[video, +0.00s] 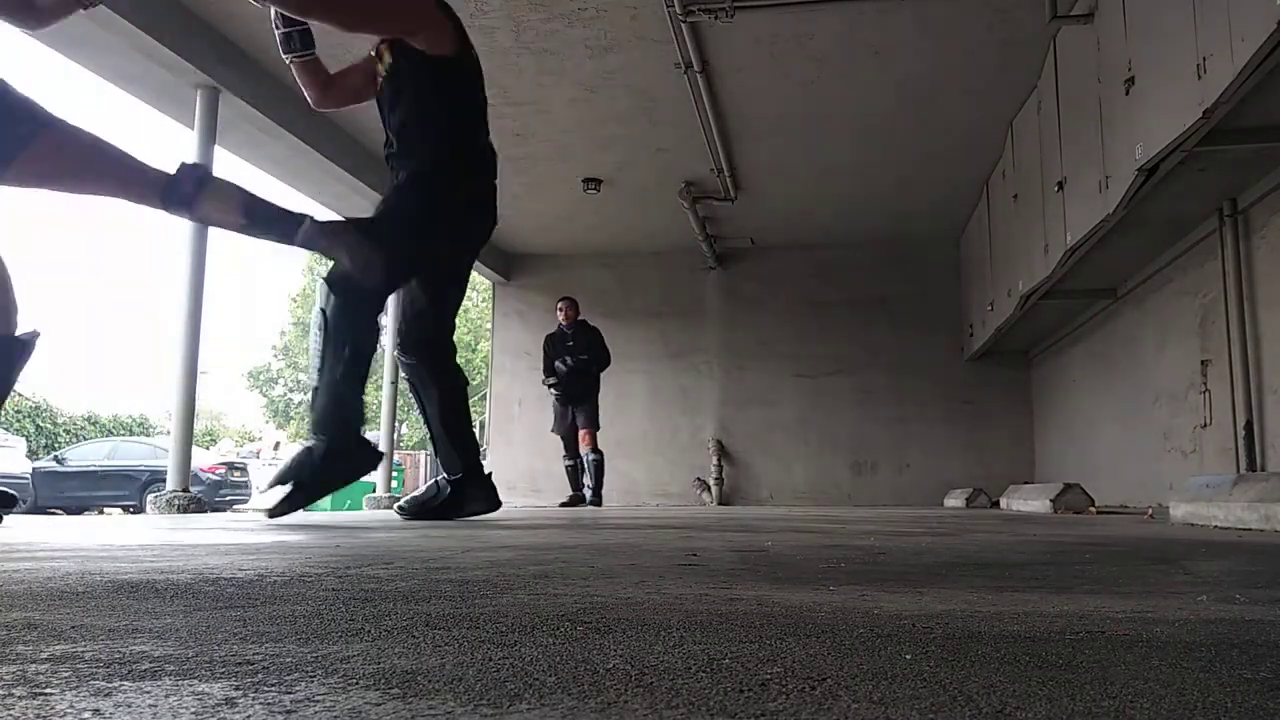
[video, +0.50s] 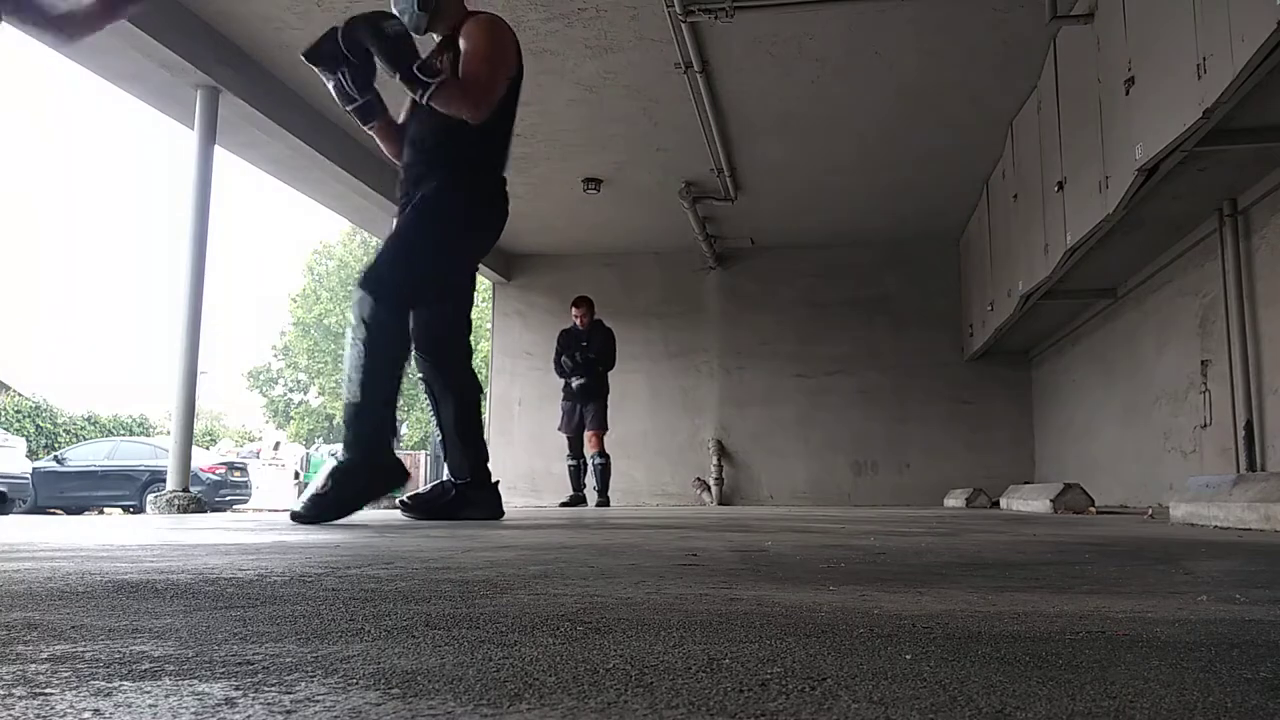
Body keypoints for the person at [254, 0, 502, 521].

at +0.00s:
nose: (373, 19)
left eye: (380, 13)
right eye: (374, 16)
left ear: (409, 3)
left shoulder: (432, 20)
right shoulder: (387, 58)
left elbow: (341, 14)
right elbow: (323, 93)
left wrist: (277, 6)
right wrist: (289, 25)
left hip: (440, 193)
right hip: (439, 202)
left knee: (348, 286)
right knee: (421, 344)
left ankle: (337, 440)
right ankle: (466, 478)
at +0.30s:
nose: (393, 11)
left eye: (398, 7)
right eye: (394, 10)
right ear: (412, 11)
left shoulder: (465, 18)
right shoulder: (418, 53)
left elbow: (397, 40)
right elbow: (355, 103)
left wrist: (330, 3)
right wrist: (326, 52)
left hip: (445, 197)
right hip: (415, 203)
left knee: (380, 315)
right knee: (424, 341)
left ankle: (375, 471)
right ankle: (467, 479)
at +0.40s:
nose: (403, 15)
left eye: (404, 7)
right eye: (399, 12)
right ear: (411, 16)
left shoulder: (478, 23)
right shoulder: (427, 60)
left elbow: (443, 78)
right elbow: (387, 137)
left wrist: (369, 26)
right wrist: (346, 79)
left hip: (451, 200)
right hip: (420, 208)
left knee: (393, 314)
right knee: (438, 347)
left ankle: (378, 472)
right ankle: (470, 484)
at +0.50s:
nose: (409, 17)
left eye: (411, 9)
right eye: (406, 13)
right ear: (424, 14)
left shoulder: (484, 28)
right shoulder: (441, 61)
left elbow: (476, 104)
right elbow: (407, 155)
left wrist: (411, 65)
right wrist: (363, 103)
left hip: (458, 203)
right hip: (432, 208)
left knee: (377, 295)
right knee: (440, 347)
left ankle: (368, 460)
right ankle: (471, 483)